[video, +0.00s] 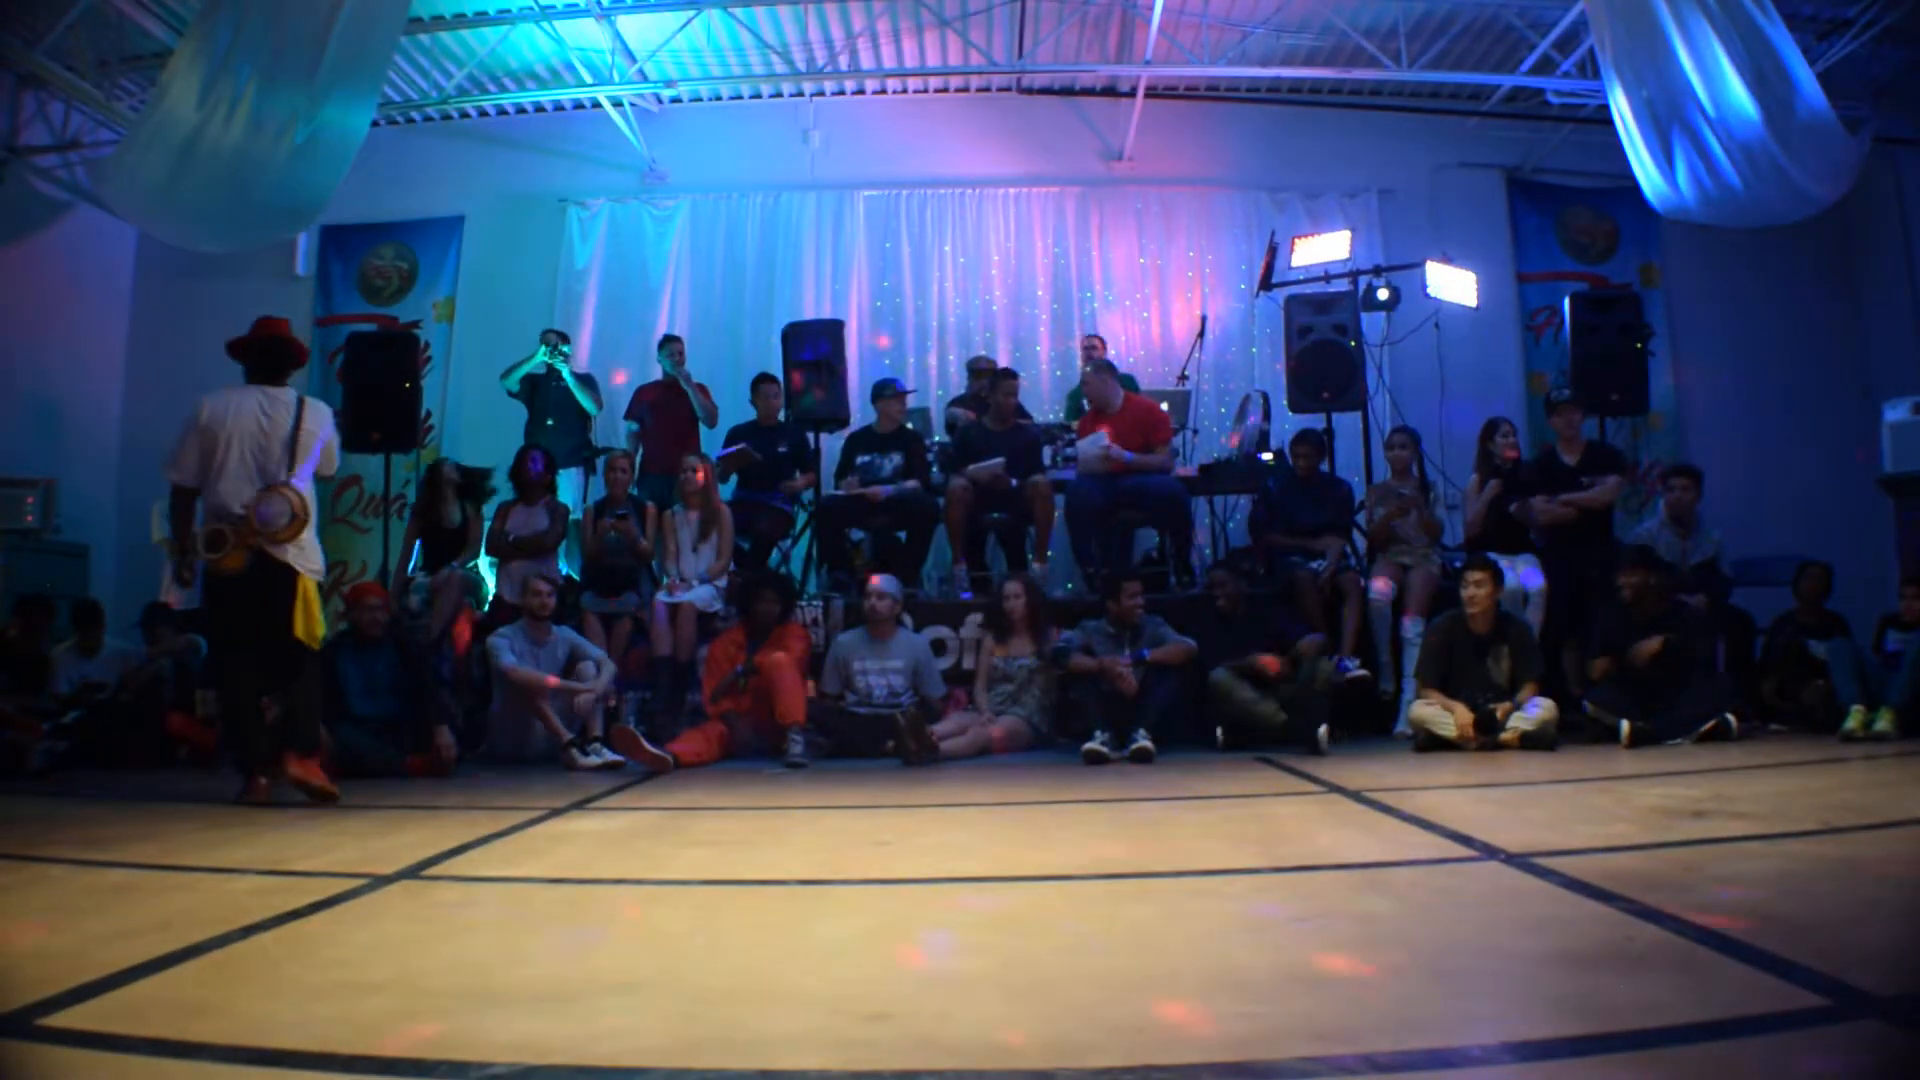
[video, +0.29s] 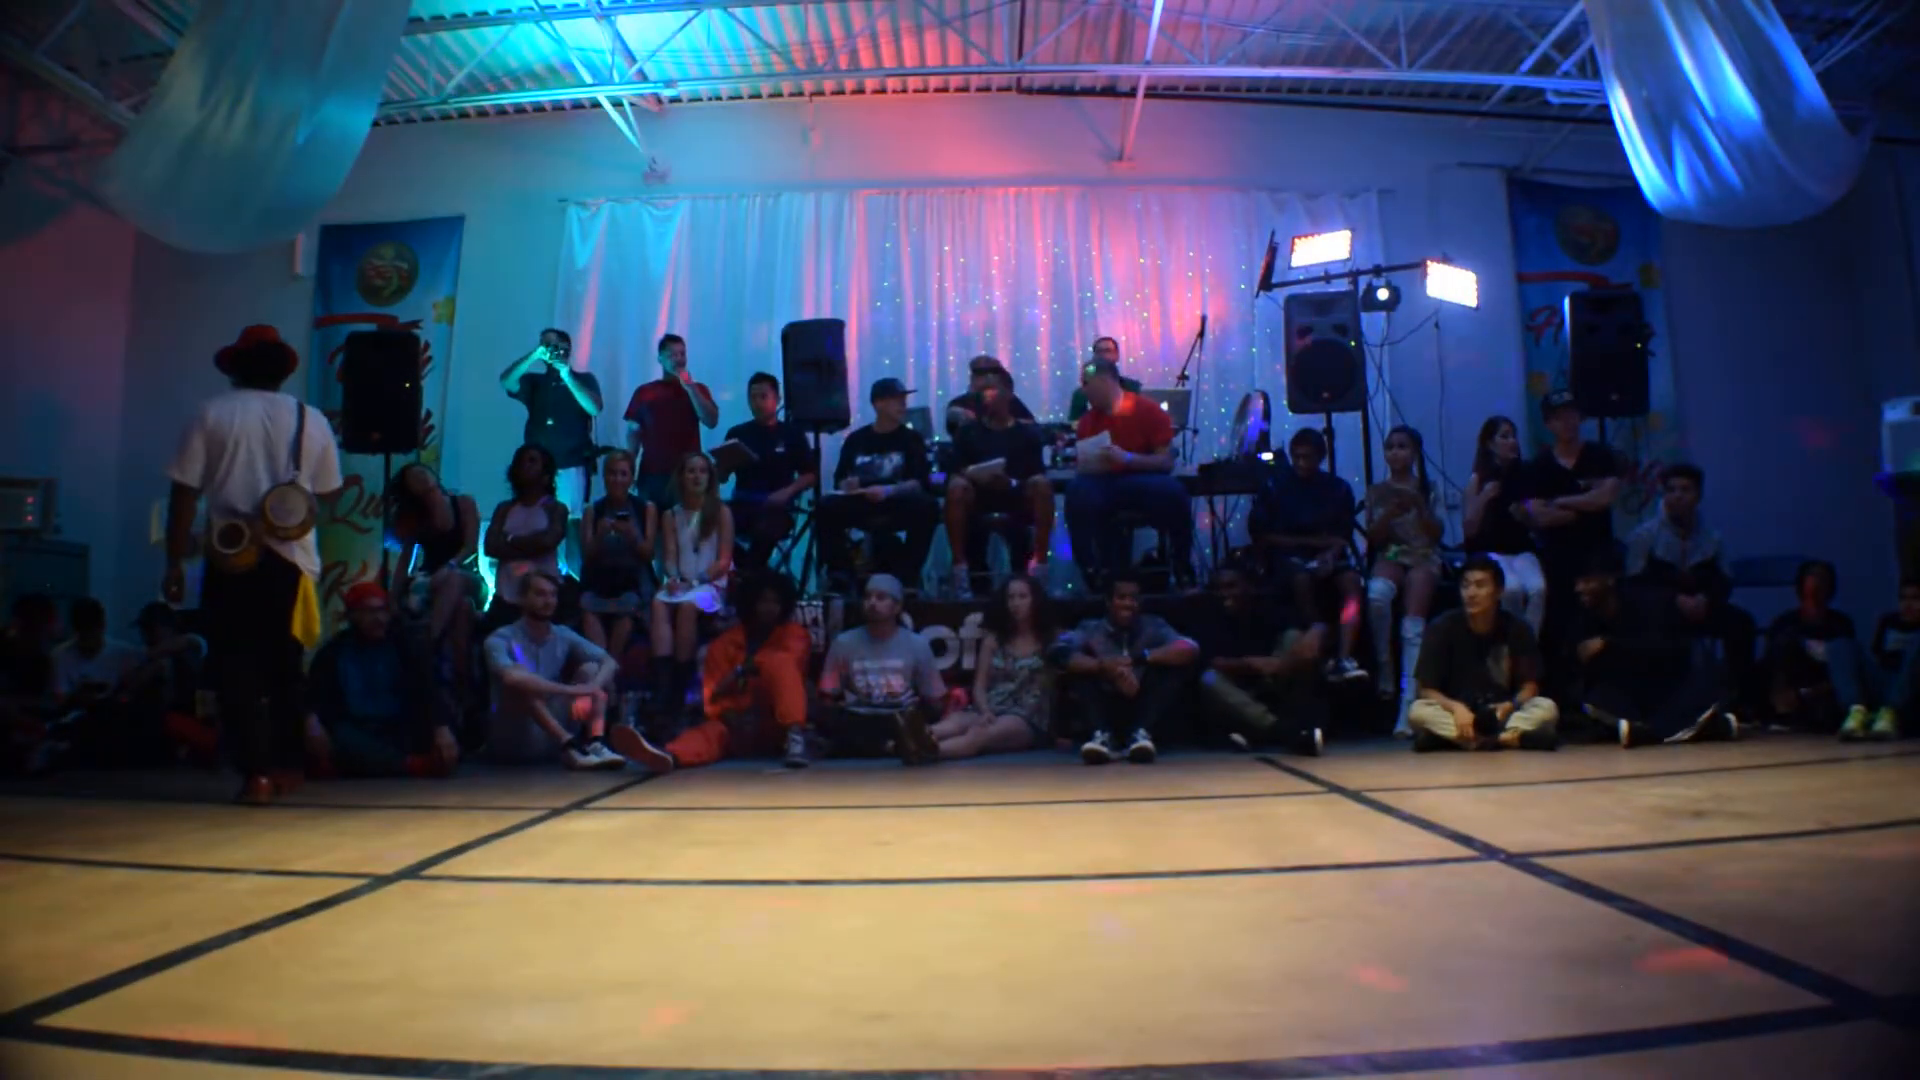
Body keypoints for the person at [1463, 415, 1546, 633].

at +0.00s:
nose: (1511, 441)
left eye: (1513, 435)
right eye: (1504, 436)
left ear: (1518, 440)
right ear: (1489, 443)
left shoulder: (1526, 474)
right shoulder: (1478, 481)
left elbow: (1540, 517)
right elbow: (1471, 527)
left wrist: (1527, 509)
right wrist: (1486, 496)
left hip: (1523, 548)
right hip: (1492, 548)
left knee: (1537, 586)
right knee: (1510, 586)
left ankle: (1531, 646)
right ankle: (1507, 642)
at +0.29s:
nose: (1512, 441)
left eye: (1513, 436)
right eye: (1504, 436)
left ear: (1518, 440)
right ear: (1489, 443)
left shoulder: (1525, 472)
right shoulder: (1479, 479)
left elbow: (1538, 514)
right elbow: (1470, 526)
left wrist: (1526, 512)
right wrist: (1483, 497)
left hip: (1522, 547)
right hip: (1492, 548)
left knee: (1537, 587)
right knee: (1511, 588)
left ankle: (1531, 645)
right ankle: (1509, 644)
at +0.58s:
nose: (1504, 450)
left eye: (1509, 443)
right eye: (1498, 444)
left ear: (1515, 445)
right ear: (1485, 448)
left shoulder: (1526, 475)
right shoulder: (1477, 481)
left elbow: (1538, 520)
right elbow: (1470, 530)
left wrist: (1521, 508)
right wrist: (1481, 500)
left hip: (1522, 548)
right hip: (1491, 549)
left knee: (1533, 587)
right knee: (1511, 587)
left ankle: (1530, 639)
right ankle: (1504, 639)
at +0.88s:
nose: (1503, 451)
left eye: (1507, 444)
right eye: (1496, 446)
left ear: (1515, 447)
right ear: (1484, 449)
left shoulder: (1523, 478)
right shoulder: (1474, 483)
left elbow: (1534, 522)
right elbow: (1469, 531)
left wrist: (1516, 500)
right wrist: (1481, 502)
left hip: (1520, 551)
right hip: (1488, 552)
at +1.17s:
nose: (1501, 451)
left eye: (1505, 445)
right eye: (1495, 445)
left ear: (1513, 447)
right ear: (1483, 448)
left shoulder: (1523, 477)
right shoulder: (1474, 481)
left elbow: (1534, 521)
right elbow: (1469, 529)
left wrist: (1514, 496)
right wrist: (1482, 501)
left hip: (1520, 548)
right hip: (1487, 549)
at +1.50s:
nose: (1510, 447)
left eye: (1511, 441)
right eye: (1503, 442)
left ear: (1514, 444)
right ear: (1487, 447)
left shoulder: (1522, 478)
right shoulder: (1473, 483)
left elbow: (1534, 523)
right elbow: (1469, 530)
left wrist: (1514, 498)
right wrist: (1485, 503)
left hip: (1520, 552)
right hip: (1487, 552)